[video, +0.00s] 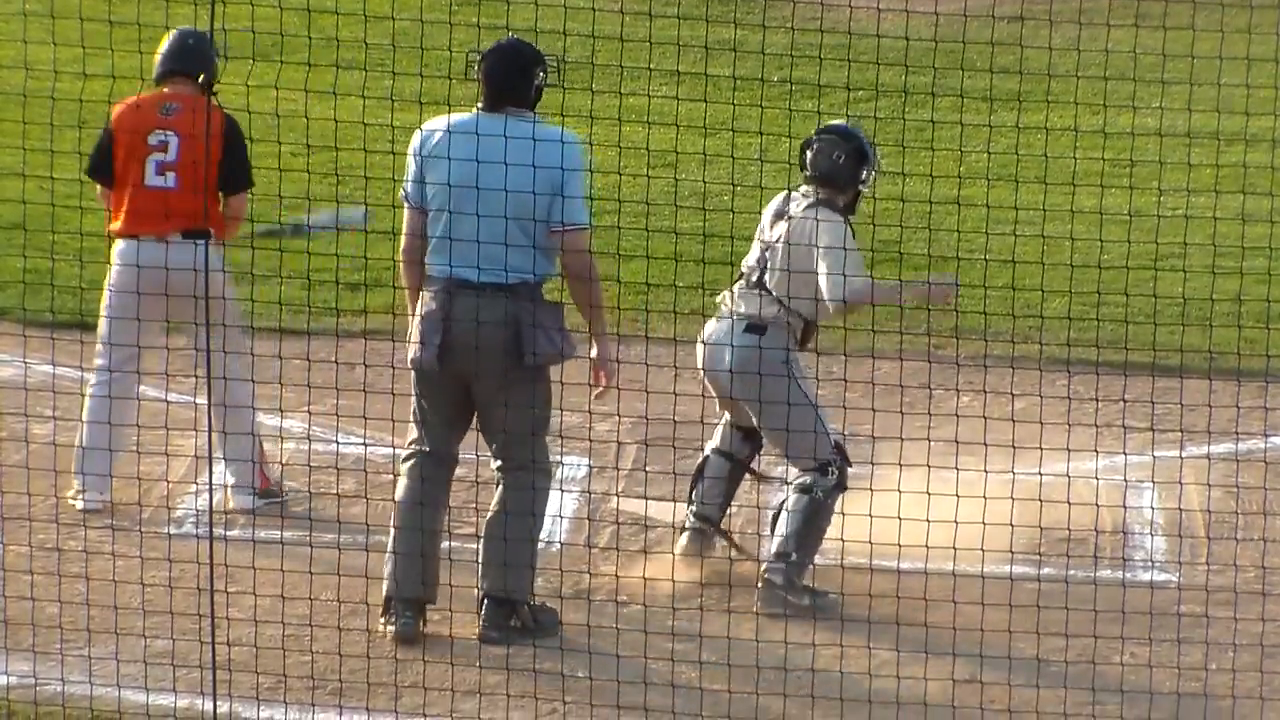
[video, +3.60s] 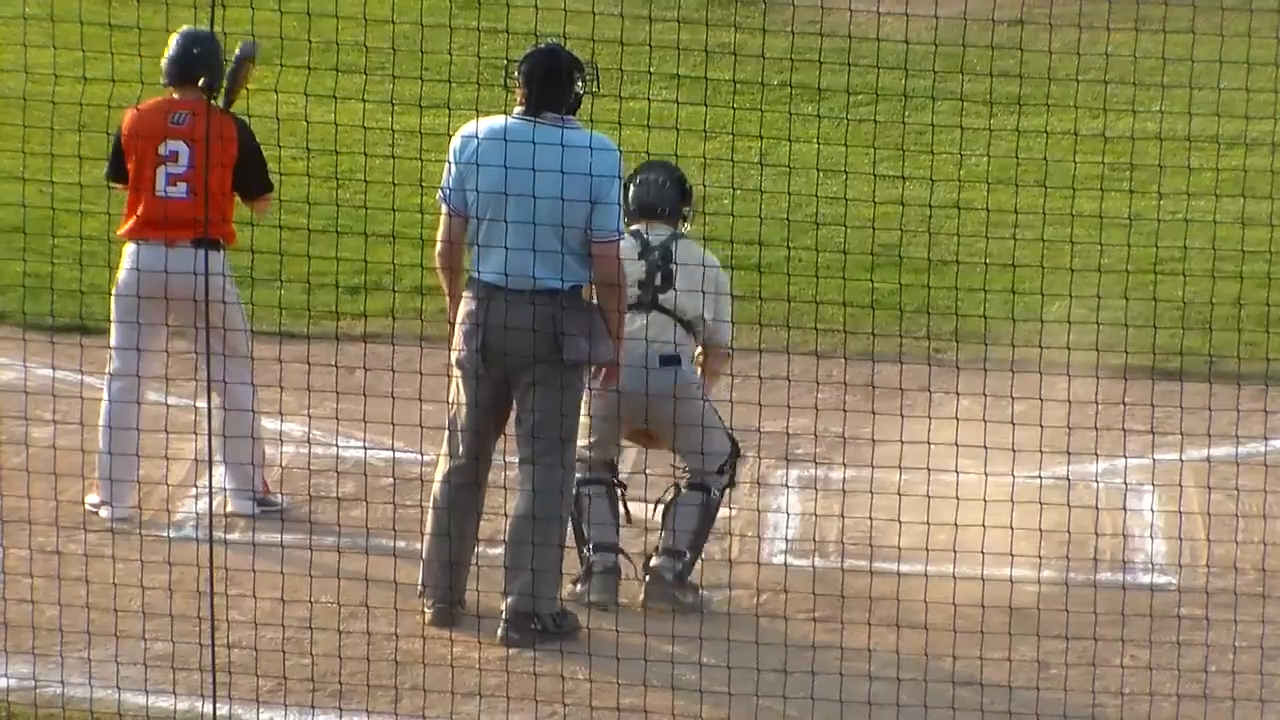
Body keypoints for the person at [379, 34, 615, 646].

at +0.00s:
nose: (542, 93)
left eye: (538, 84)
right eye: (541, 85)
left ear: (481, 86)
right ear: (534, 90)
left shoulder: (433, 136)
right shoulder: (560, 148)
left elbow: (412, 243)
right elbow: (575, 258)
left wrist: (420, 316)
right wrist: (600, 335)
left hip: (440, 317)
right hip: (515, 323)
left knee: (429, 452)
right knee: (524, 463)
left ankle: (403, 603)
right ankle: (504, 604)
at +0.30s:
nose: (502, 96)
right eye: (503, 88)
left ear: (444, 88)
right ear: (502, 91)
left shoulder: (402, 142)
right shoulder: (533, 148)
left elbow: (382, 253)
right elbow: (547, 259)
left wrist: (410, 295)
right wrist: (534, 322)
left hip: (414, 318)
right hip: (492, 323)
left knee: (407, 466)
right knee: (511, 466)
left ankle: (402, 610)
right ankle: (505, 608)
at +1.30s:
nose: (546, 100)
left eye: (541, 92)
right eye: (545, 92)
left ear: (483, 92)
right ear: (538, 95)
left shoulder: (435, 140)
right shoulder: (566, 147)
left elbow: (414, 251)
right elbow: (579, 253)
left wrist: (425, 320)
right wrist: (580, 325)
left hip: (457, 322)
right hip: (533, 326)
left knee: (433, 463)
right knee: (540, 470)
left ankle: (405, 608)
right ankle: (530, 612)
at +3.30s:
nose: (580, 97)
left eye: (574, 88)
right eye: (579, 89)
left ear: (517, 89)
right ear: (573, 93)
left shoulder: (474, 138)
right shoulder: (598, 151)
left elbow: (440, 243)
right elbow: (606, 261)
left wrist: (432, 318)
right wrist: (619, 341)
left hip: (485, 315)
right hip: (560, 321)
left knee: (463, 453)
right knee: (548, 463)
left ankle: (441, 593)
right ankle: (529, 608)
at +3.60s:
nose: (573, 100)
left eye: (521, 89)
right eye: (576, 92)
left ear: (519, 92)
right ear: (575, 95)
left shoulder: (474, 139)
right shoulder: (599, 153)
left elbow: (447, 250)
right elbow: (607, 262)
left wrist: (458, 311)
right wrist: (614, 339)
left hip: (484, 317)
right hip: (560, 323)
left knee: (463, 454)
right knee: (546, 464)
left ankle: (442, 594)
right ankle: (529, 610)